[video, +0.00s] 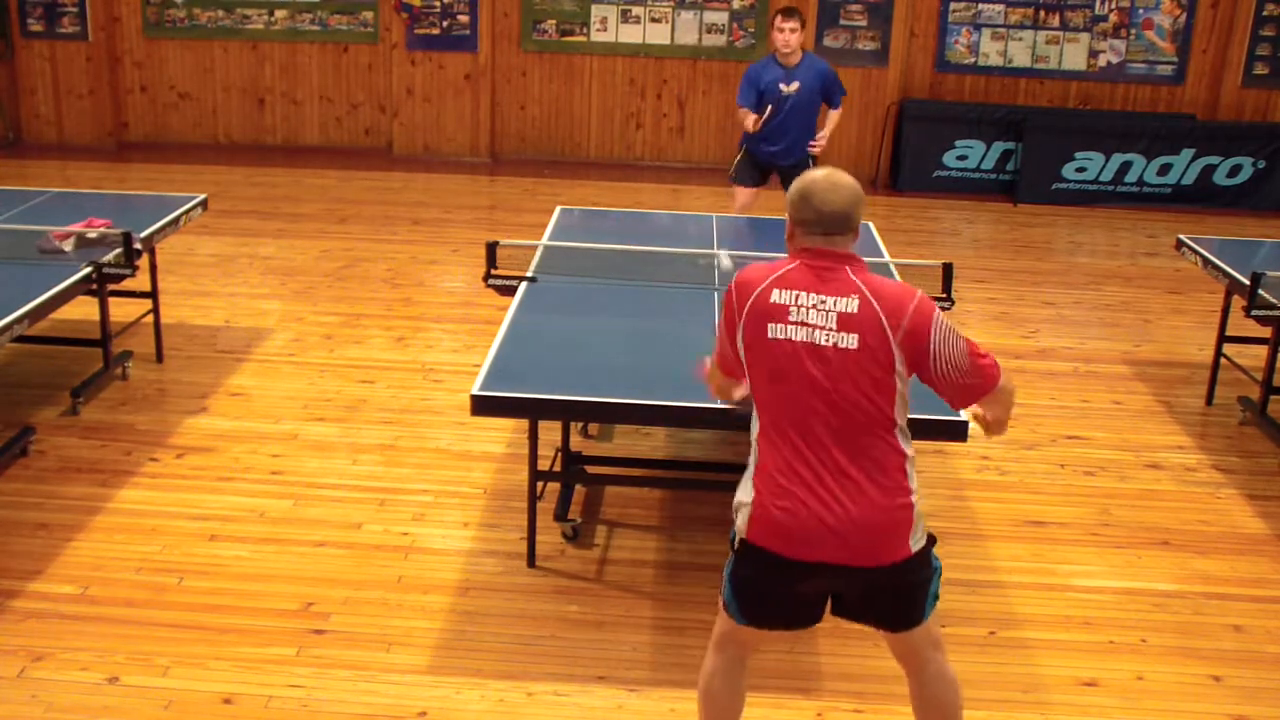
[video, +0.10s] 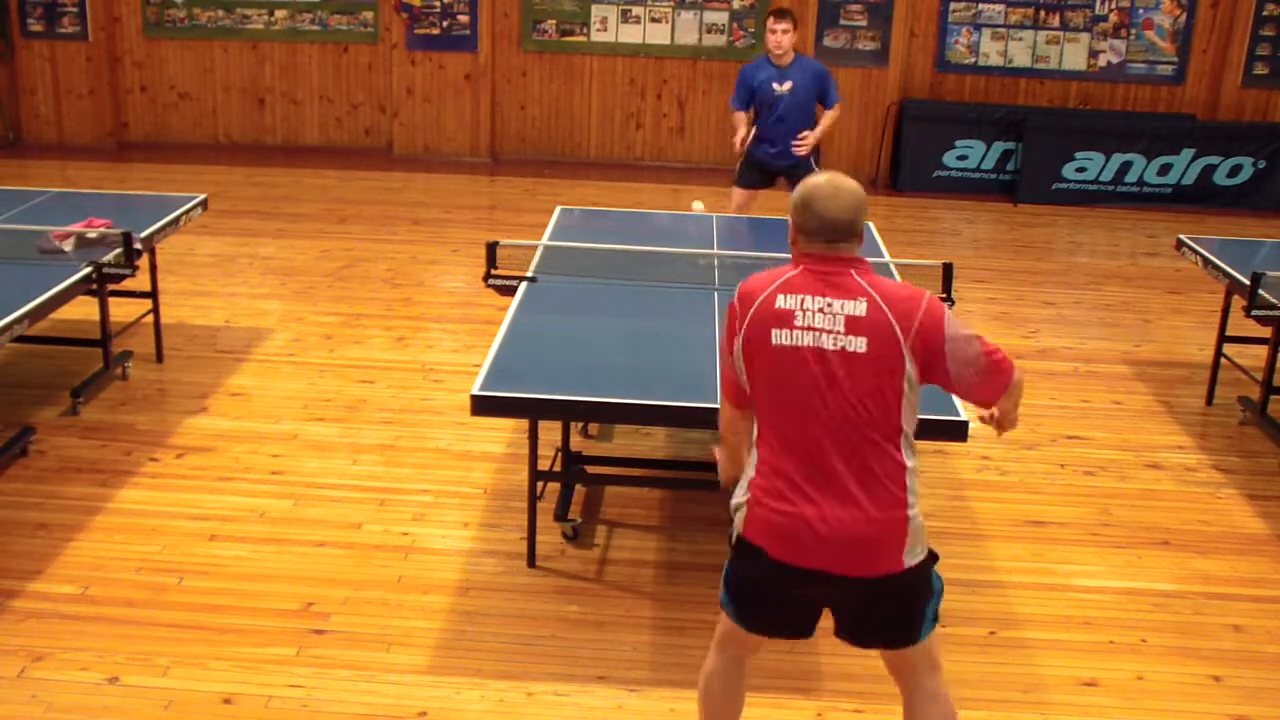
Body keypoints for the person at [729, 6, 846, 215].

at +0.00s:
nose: (786, 37)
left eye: (793, 31)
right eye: (780, 31)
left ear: (802, 34)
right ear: (772, 34)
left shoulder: (820, 70)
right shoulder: (757, 71)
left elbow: (836, 103)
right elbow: (744, 107)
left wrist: (825, 132)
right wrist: (749, 119)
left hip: (797, 153)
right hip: (757, 150)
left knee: (803, 213)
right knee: (741, 206)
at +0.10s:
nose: (778, 39)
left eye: (784, 32)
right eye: (773, 32)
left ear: (794, 36)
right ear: (765, 36)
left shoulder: (815, 72)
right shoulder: (750, 72)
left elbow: (832, 107)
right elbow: (739, 107)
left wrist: (816, 135)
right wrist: (742, 128)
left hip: (800, 153)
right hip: (761, 151)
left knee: (811, 211)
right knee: (738, 206)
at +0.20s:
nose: (765, 54)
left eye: (771, 48)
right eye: (760, 48)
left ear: (782, 50)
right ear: (754, 51)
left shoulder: (800, 85)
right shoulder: (745, 90)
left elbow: (820, 127)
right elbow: (741, 126)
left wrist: (786, 149)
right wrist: (730, 154)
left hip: (796, 169)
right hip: (759, 167)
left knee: (815, 225)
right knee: (732, 211)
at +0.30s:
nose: (746, 70)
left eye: (752, 64)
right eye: (741, 64)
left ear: (764, 65)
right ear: (736, 67)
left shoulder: (777, 95)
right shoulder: (749, 98)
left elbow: (779, 137)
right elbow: (753, 139)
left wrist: (737, 148)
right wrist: (737, 167)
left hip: (794, 175)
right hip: (763, 170)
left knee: (801, 236)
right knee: (729, 210)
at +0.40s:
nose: (731, 79)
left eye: (737, 72)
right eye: (727, 74)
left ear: (752, 74)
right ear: (723, 75)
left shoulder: (755, 99)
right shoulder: (755, 96)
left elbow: (734, 130)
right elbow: (771, 135)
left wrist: (694, 148)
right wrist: (750, 159)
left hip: (792, 177)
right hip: (765, 173)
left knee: (796, 238)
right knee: (722, 215)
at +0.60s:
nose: (726, 57)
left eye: (732, 50)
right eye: (723, 51)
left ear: (748, 51)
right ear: (720, 53)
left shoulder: (757, 74)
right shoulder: (747, 79)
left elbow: (792, 88)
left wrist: (807, 129)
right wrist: (737, 137)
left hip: (789, 163)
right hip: (760, 165)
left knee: (808, 226)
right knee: (737, 214)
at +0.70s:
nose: (748, 35)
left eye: (755, 27)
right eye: (746, 30)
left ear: (773, 29)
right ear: (743, 36)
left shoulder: (801, 55)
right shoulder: (749, 79)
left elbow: (835, 71)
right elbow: (723, 116)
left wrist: (846, 89)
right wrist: (687, 104)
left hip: (804, 150)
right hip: (762, 155)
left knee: (817, 213)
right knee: (740, 210)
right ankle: (732, 262)